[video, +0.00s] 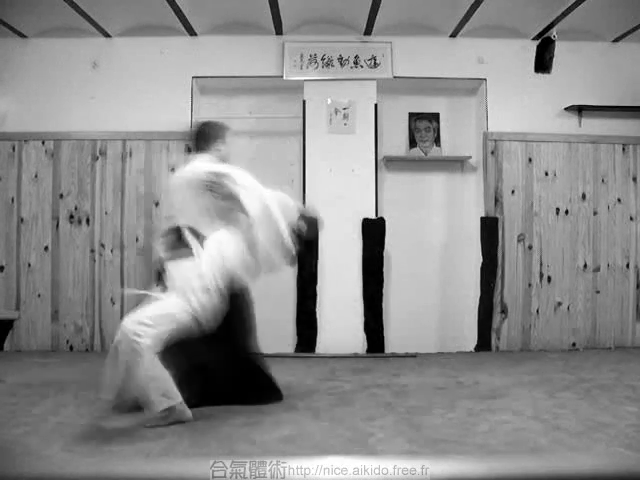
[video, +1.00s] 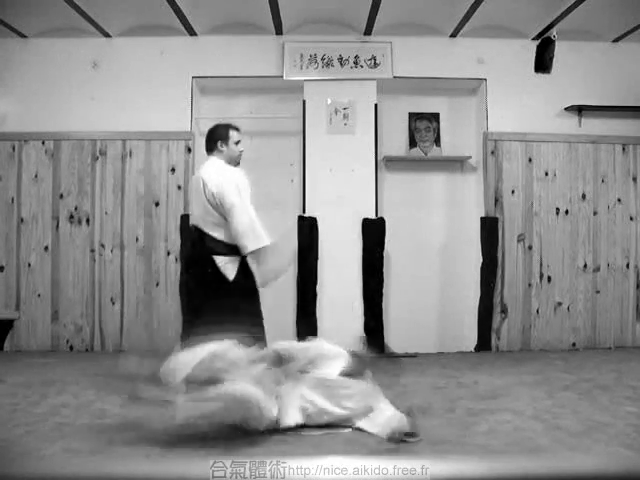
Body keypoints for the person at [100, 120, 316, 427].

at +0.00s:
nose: (228, 148)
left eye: (227, 142)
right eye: (225, 142)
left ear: (195, 144)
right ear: (217, 144)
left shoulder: (184, 174)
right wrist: (294, 213)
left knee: (135, 330)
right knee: (131, 328)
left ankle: (171, 408)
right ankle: (129, 398)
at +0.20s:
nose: (251, 146)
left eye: (251, 140)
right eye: (250, 140)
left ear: (221, 140)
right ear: (242, 141)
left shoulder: (201, 170)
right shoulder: (246, 170)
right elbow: (276, 202)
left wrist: (271, 233)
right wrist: (311, 224)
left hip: (202, 255)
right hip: (236, 258)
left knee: (205, 321)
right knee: (250, 320)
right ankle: (267, 387)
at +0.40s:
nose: (255, 149)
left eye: (254, 142)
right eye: (254, 142)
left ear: (224, 143)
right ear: (245, 142)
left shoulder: (207, 174)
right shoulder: (250, 173)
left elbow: (212, 218)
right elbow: (279, 208)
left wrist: (251, 245)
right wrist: (312, 237)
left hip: (210, 259)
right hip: (241, 261)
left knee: (212, 326)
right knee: (257, 330)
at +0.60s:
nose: (251, 146)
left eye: (250, 140)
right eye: (248, 140)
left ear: (225, 142)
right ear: (235, 141)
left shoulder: (209, 169)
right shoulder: (239, 171)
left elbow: (221, 217)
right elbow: (269, 203)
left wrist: (253, 247)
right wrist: (312, 226)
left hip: (211, 251)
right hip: (236, 255)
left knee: (217, 316)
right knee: (254, 318)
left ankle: (210, 383)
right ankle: (251, 383)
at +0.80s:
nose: (244, 146)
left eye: (243, 141)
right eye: (240, 141)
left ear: (222, 144)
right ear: (225, 144)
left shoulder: (217, 168)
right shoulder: (222, 172)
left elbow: (253, 202)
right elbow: (249, 204)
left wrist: (281, 224)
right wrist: (286, 228)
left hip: (219, 252)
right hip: (227, 256)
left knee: (218, 318)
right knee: (250, 316)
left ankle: (210, 383)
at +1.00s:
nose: (242, 148)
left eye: (241, 143)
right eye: (237, 143)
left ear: (219, 147)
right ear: (221, 146)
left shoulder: (203, 172)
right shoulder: (227, 176)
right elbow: (241, 219)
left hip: (203, 248)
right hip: (226, 252)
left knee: (208, 312)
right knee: (243, 313)